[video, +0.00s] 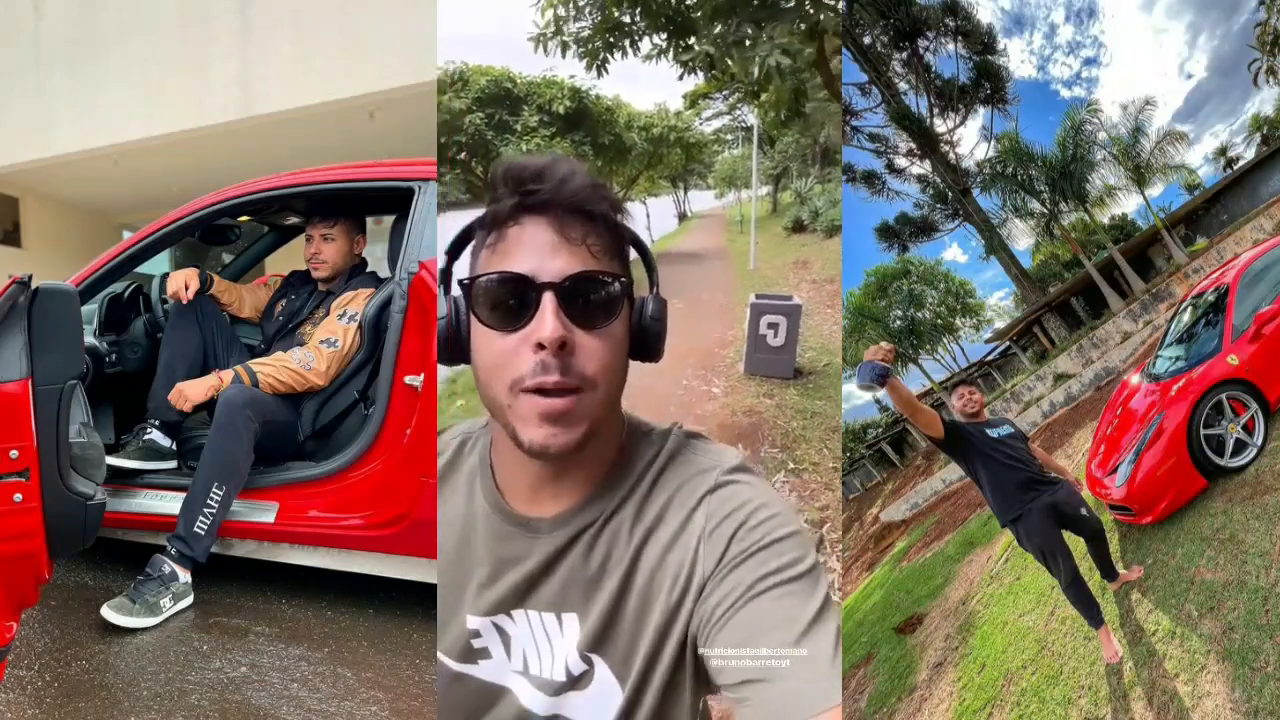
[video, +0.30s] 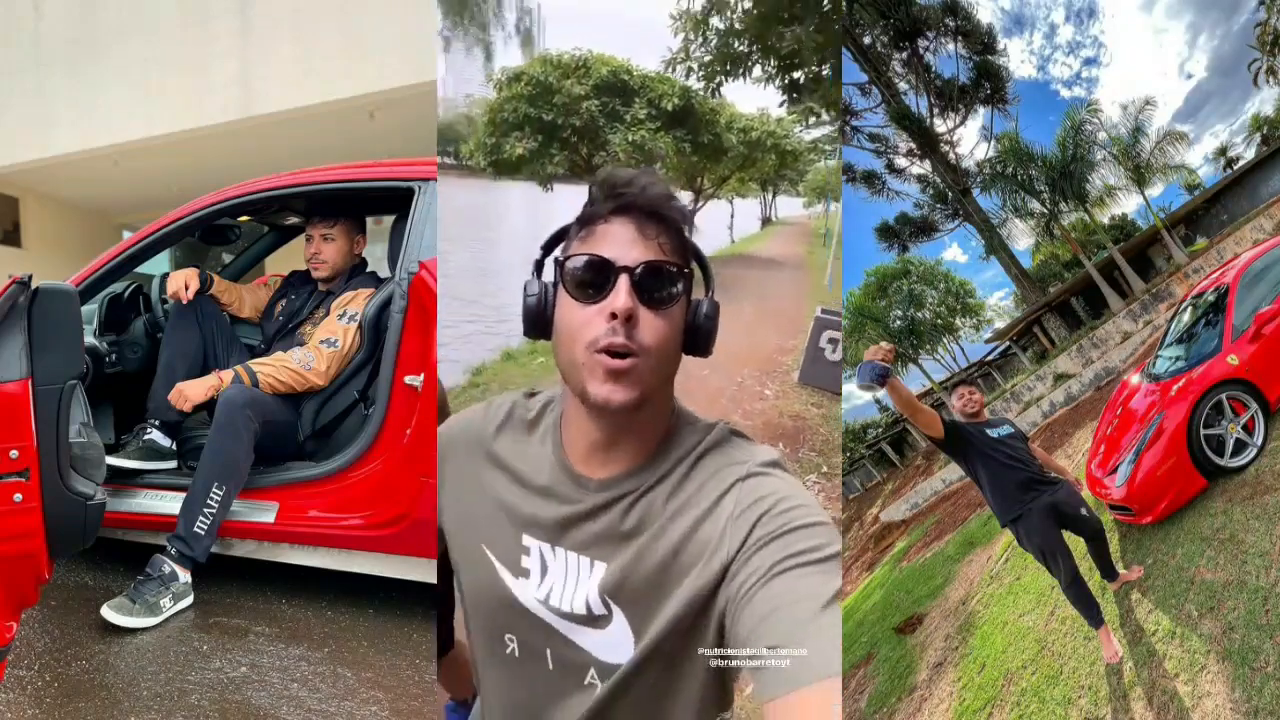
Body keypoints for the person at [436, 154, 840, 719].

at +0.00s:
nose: (550, 333)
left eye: (589, 296)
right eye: (508, 299)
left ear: (640, 322)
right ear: (459, 323)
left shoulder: (732, 528)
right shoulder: (429, 478)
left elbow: (798, 705)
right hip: (463, 706)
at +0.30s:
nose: (621, 307)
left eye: (656, 285)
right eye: (590, 279)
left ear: (695, 322)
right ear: (546, 304)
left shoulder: (758, 513)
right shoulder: (464, 449)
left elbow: (812, 705)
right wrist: (461, 688)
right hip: (490, 708)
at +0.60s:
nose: (596, 323)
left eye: (630, 297)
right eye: (562, 297)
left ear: (672, 327)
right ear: (519, 322)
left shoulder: (756, 517)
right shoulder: (461, 433)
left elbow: (813, 706)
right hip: (487, 707)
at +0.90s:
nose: (601, 316)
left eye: (638, 291)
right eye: (565, 290)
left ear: (677, 326)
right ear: (520, 319)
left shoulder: (757, 521)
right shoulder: (461, 442)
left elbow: (815, 708)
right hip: (469, 707)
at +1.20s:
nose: (632, 315)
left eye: (669, 291)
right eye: (597, 284)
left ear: (706, 326)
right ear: (547, 305)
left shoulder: (761, 511)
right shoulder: (463, 424)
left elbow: (814, 706)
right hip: (476, 700)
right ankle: (452, 685)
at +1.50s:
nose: (610, 295)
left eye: (647, 274)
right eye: (580, 264)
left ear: (679, 311)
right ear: (532, 283)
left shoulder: (745, 498)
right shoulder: (464, 396)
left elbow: (809, 708)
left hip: (638, 708)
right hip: (467, 705)